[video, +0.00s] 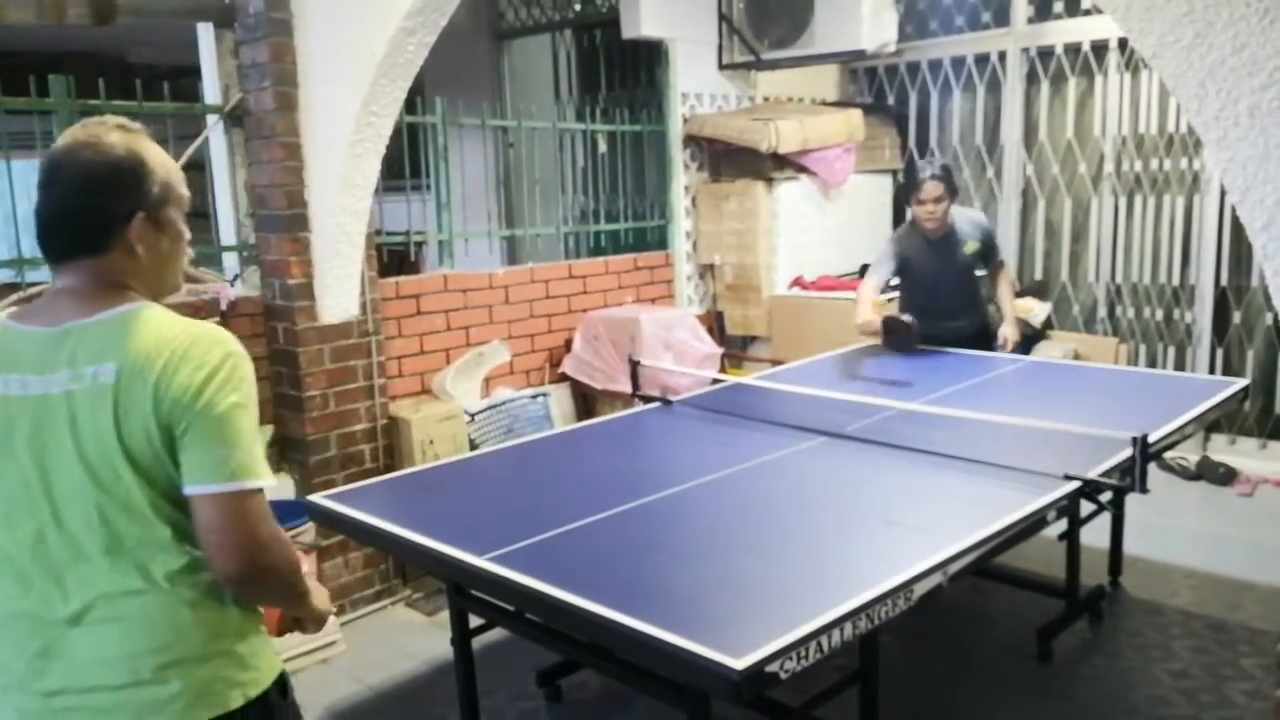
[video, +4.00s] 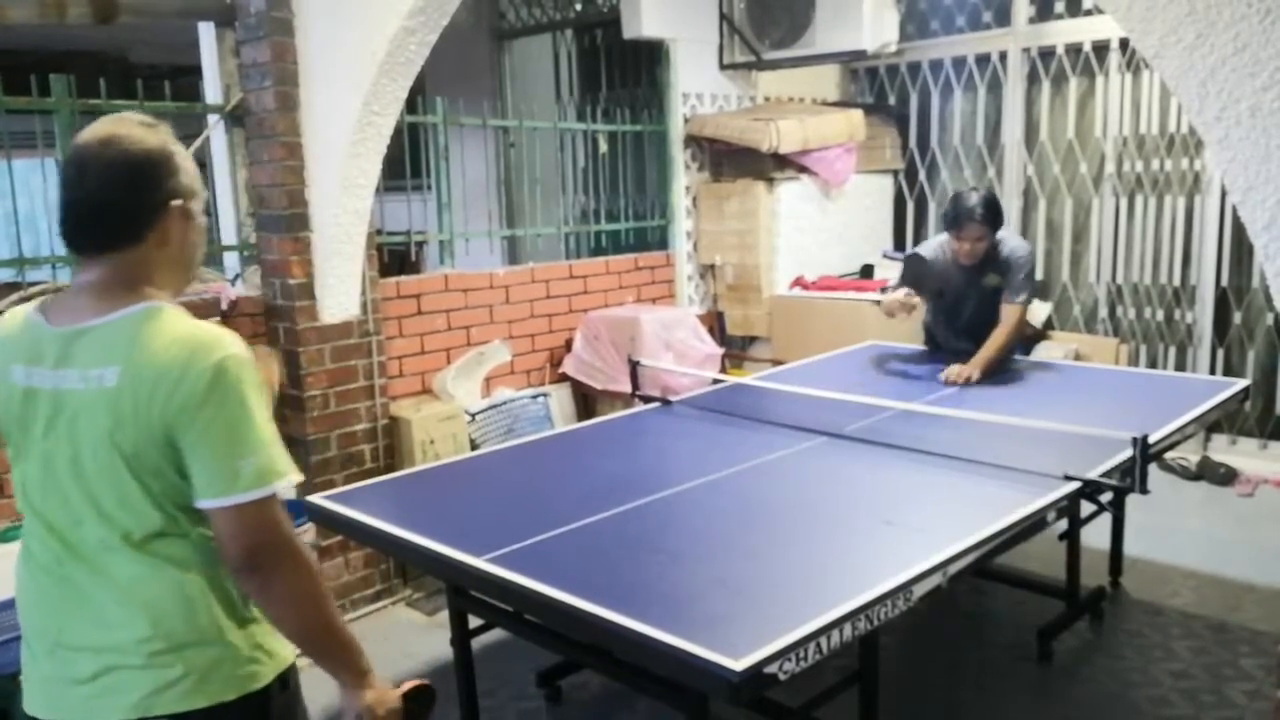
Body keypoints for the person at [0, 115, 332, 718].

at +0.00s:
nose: (190, 235)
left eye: (188, 217)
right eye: (182, 217)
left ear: (56, 228)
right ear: (138, 232)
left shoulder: (8, 337)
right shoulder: (194, 351)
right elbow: (240, 554)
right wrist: (303, 597)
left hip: (28, 690)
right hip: (188, 689)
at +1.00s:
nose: (379, 269)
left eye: (381, 252)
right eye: (377, 252)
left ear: (260, 249)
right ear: (349, 257)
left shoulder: (152, 341)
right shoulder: (390, 366)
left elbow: (85, 507)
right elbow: (460, 516)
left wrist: (129, 599)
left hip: (131, 688)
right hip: (297, 687)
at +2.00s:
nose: (378, 243)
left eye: (380, 227)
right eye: (379, 227)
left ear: (269, 222)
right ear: (366, 231)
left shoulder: (175, 319)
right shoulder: (397, 340)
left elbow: (125, 463)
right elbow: (452, 518)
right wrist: (436, 583)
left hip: (181, 666)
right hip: (335, 660)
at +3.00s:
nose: (183, 241)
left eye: (182, 220)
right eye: (179, 219)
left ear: (59, 234)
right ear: (147, 211)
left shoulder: (16, 336)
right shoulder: (182, 330)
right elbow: (243, 523)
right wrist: (348, 656)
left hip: (85, 674)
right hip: (218, 676)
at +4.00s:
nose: (202, 230)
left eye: (203, 212)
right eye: (201, 212)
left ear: (75, 219)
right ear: (175, 219)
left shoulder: (15, 340)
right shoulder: (201, 356)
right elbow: (256, 551)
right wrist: (359, 678)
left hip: (56, 682)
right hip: (198, 686)